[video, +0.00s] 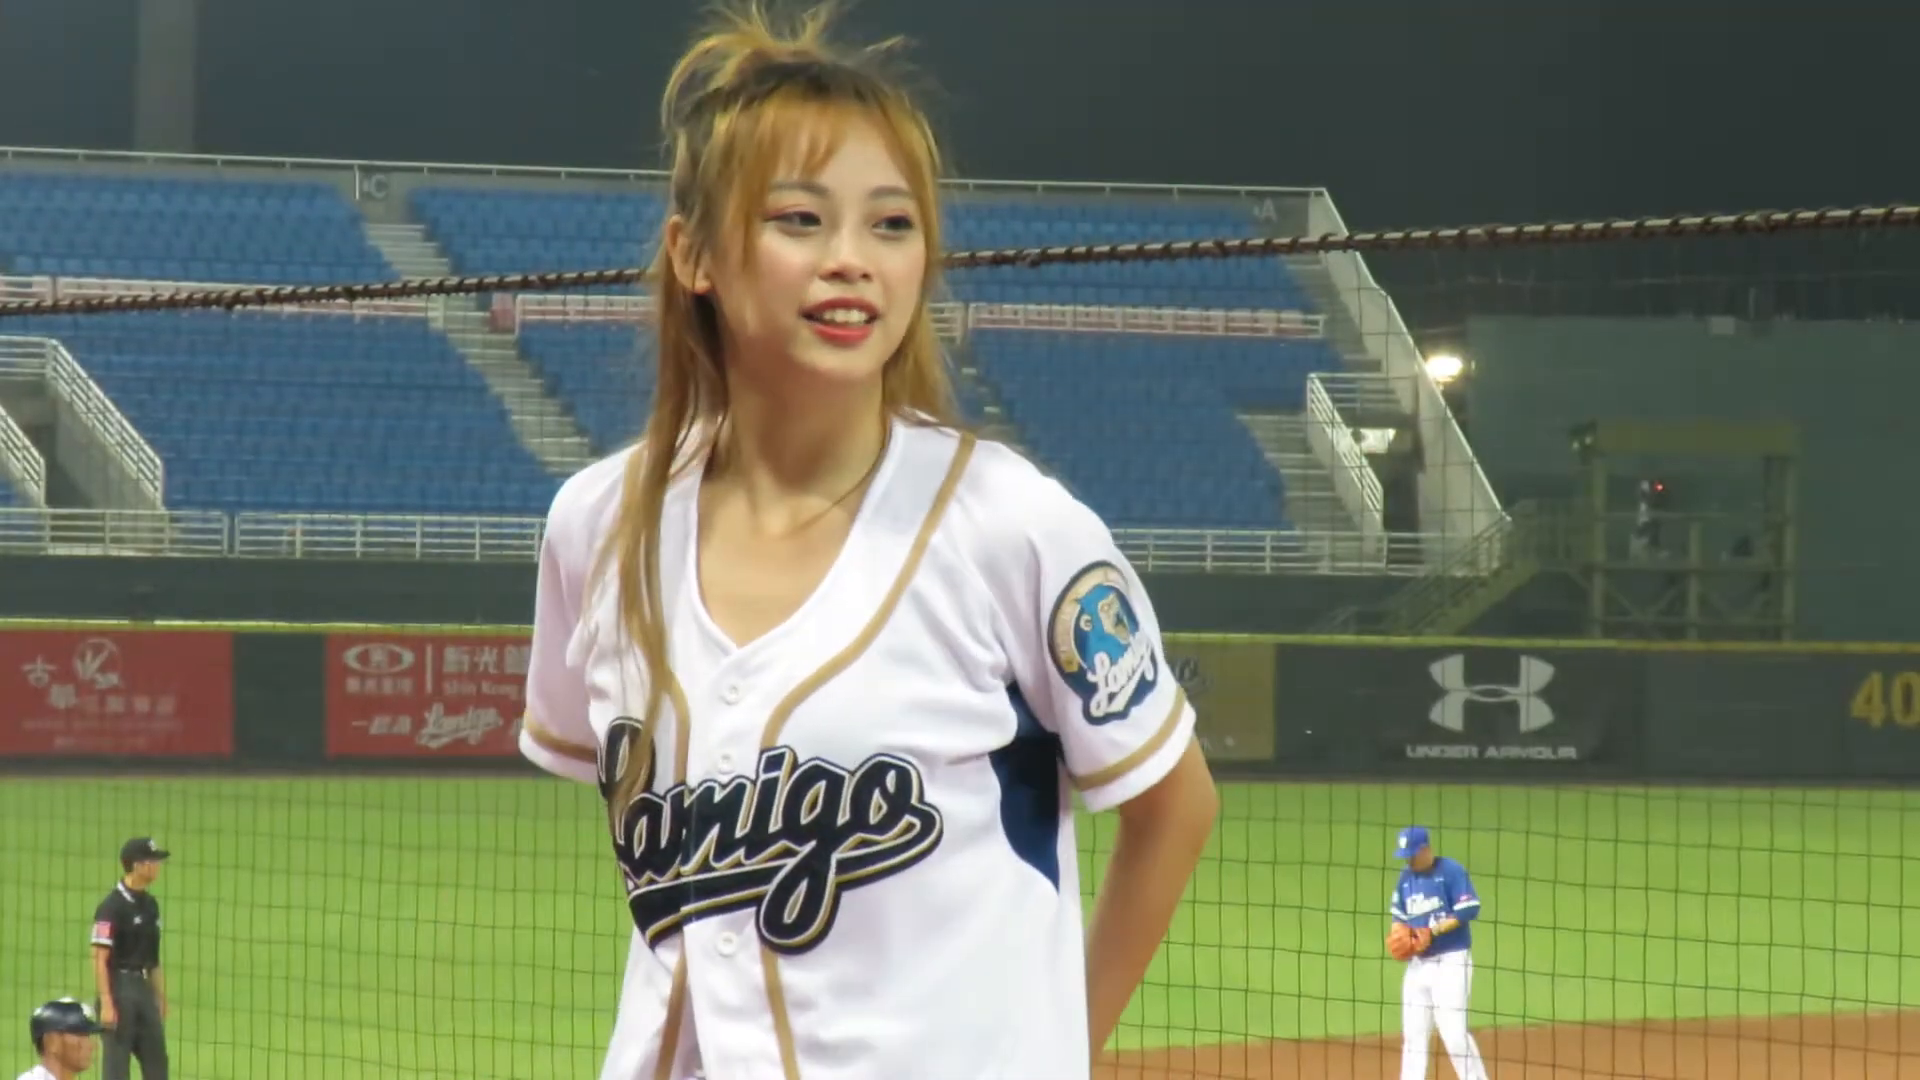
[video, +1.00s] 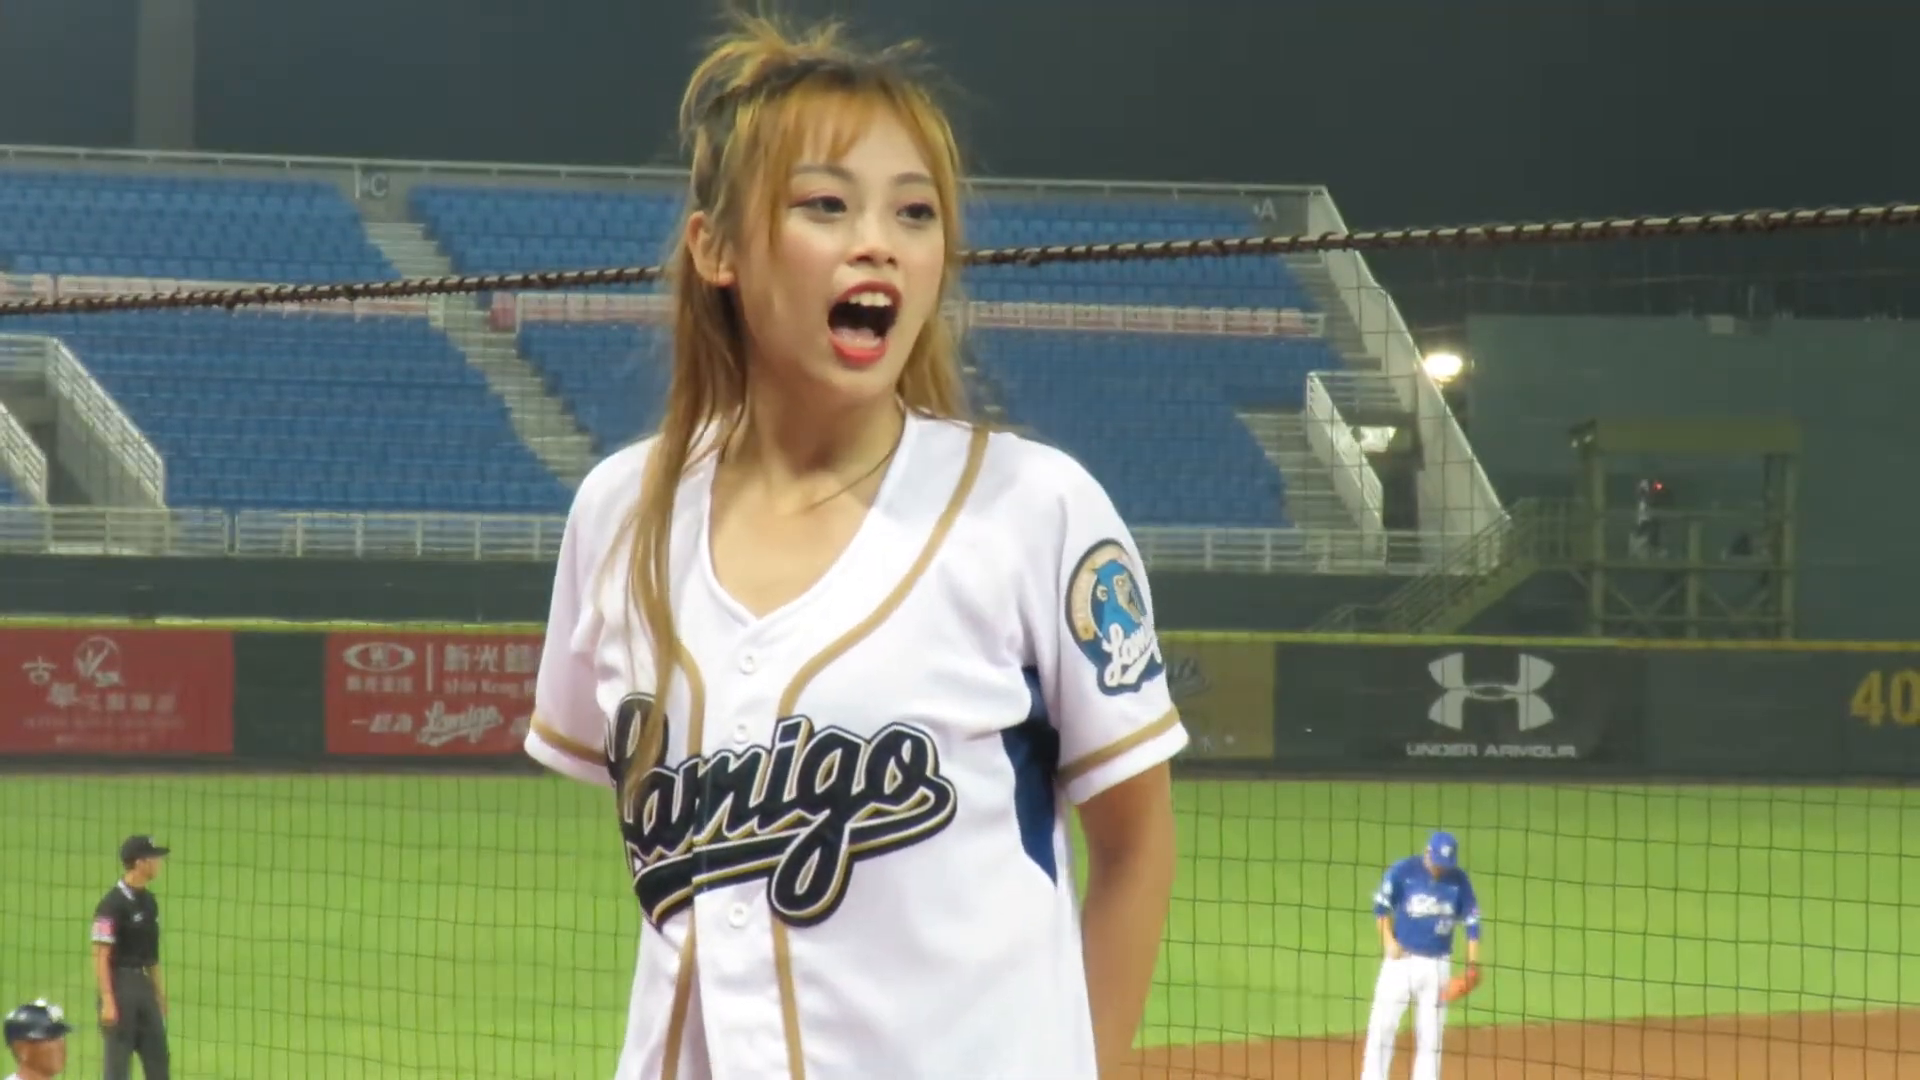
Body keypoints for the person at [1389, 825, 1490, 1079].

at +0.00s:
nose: (1409, 862)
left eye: (1412, 856)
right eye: (1406, 857)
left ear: (1426, 850)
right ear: (1404, 855)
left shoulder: (1450, 870)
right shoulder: (1406, 878)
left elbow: (1470, 909)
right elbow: (1398, 917)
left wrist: (1432, 931)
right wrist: (1399, 937)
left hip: (1451, 961)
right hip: (1419, 962)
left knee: (1453, 1034)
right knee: (1414, 1037)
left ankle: (1477, 1077)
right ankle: (1411, 1078)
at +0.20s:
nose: (1406, 864)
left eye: (1409, 859)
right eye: (1401, 861)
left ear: (1420, 851)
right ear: (1395, 856)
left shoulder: (1443, 870)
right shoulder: (1388, 876)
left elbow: (1460, 911)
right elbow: (1373, 913)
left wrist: (1443, 948)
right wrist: (1379, 952)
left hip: (1442, 957)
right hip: (1407, 960)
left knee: (1443, 1026)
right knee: (1408, 1029)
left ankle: (1453, 1076)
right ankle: (1408, 1076)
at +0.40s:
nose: (1412, 868)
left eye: (1416, 863)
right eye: (1407, 864)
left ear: (1423, 856)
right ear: (1397, 857)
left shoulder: (1440, 873)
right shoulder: (1384, 877)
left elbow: (1457, 915)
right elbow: (1366, 913)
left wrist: (1461, 957)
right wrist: (1373, 954)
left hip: (1436, 960)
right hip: (1401, 962)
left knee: (1431, 1026)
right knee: (1403, 1027)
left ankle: (1430, 1075)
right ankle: (1404, 1074)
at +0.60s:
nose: (1423, 868)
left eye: (1428, 863)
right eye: (1418, 863)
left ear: (1436, 858)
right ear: (1410, 856)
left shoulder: (1448, 877)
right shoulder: (1391, 874)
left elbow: (1464, 920)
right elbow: (1376, 913)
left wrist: (1466, 963)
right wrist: (1379, 952)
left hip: (1433, 962)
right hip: (1398, 961)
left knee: (1429, 1026)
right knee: (1395, 1027)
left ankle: (1427, 1075)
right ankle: (1400, 1075)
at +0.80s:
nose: (1434, 869)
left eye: (1440, 865)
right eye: (1431, 863)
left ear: (1448, 861)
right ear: (1423, 855)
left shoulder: (1457, 881)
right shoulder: (1400, 872)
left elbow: (1468, 925)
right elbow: (1383, 910)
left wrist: (1466, 965)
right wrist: (1387, 951)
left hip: (1436, 965)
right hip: (1400, 961)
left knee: (1429, 1030)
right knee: (1378, 1021)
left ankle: (1427, 1076)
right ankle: (1387, 1076)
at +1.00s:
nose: (1439, 869)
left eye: (1445, 866)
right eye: (1435, 864)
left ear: (1452, 861)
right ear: (1426, 854)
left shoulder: (1459, 880)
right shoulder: (1403, 871)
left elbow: (1472, 922)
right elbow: (1382, 906)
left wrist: (1471, 965)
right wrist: (1389, 941)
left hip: (1436, 965)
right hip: (1399, 961)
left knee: (1430, 1038)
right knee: (1380, 1032)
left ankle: (1426, 1077)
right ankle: (1373, 1076)